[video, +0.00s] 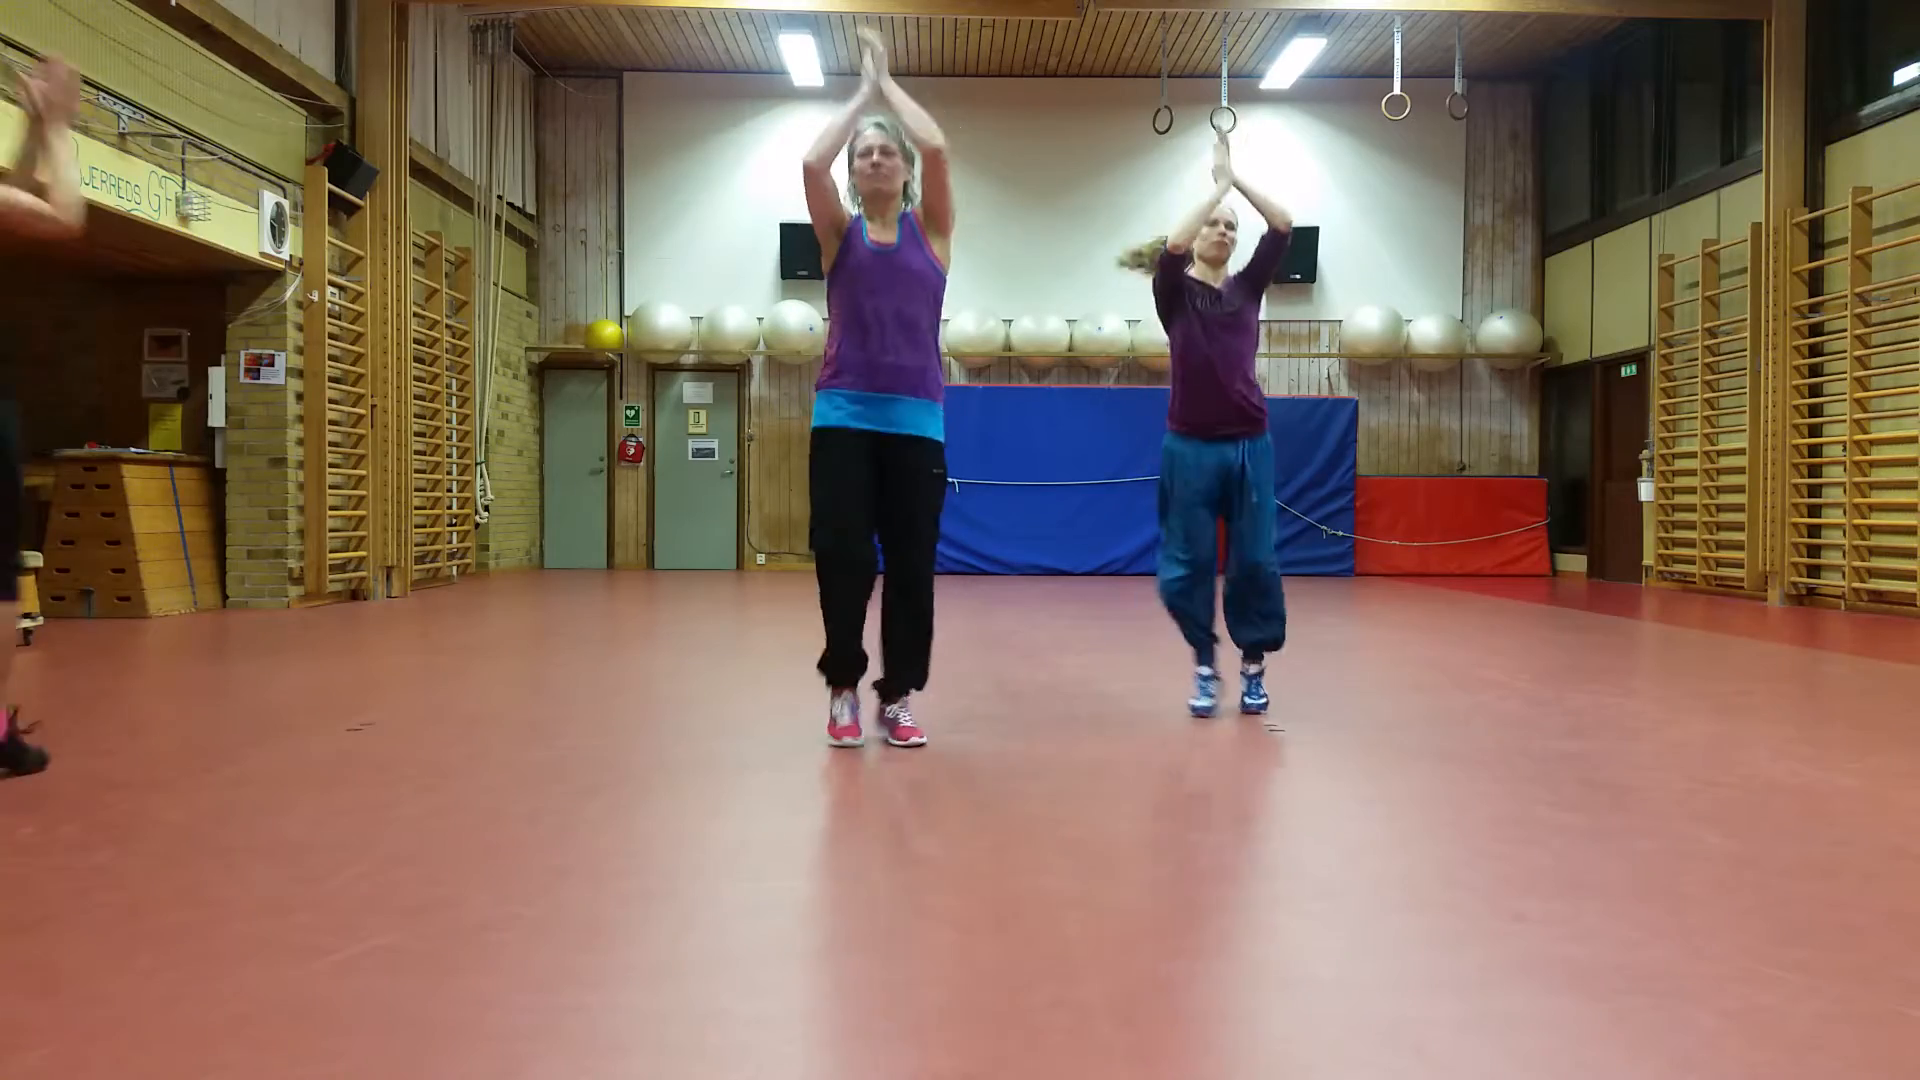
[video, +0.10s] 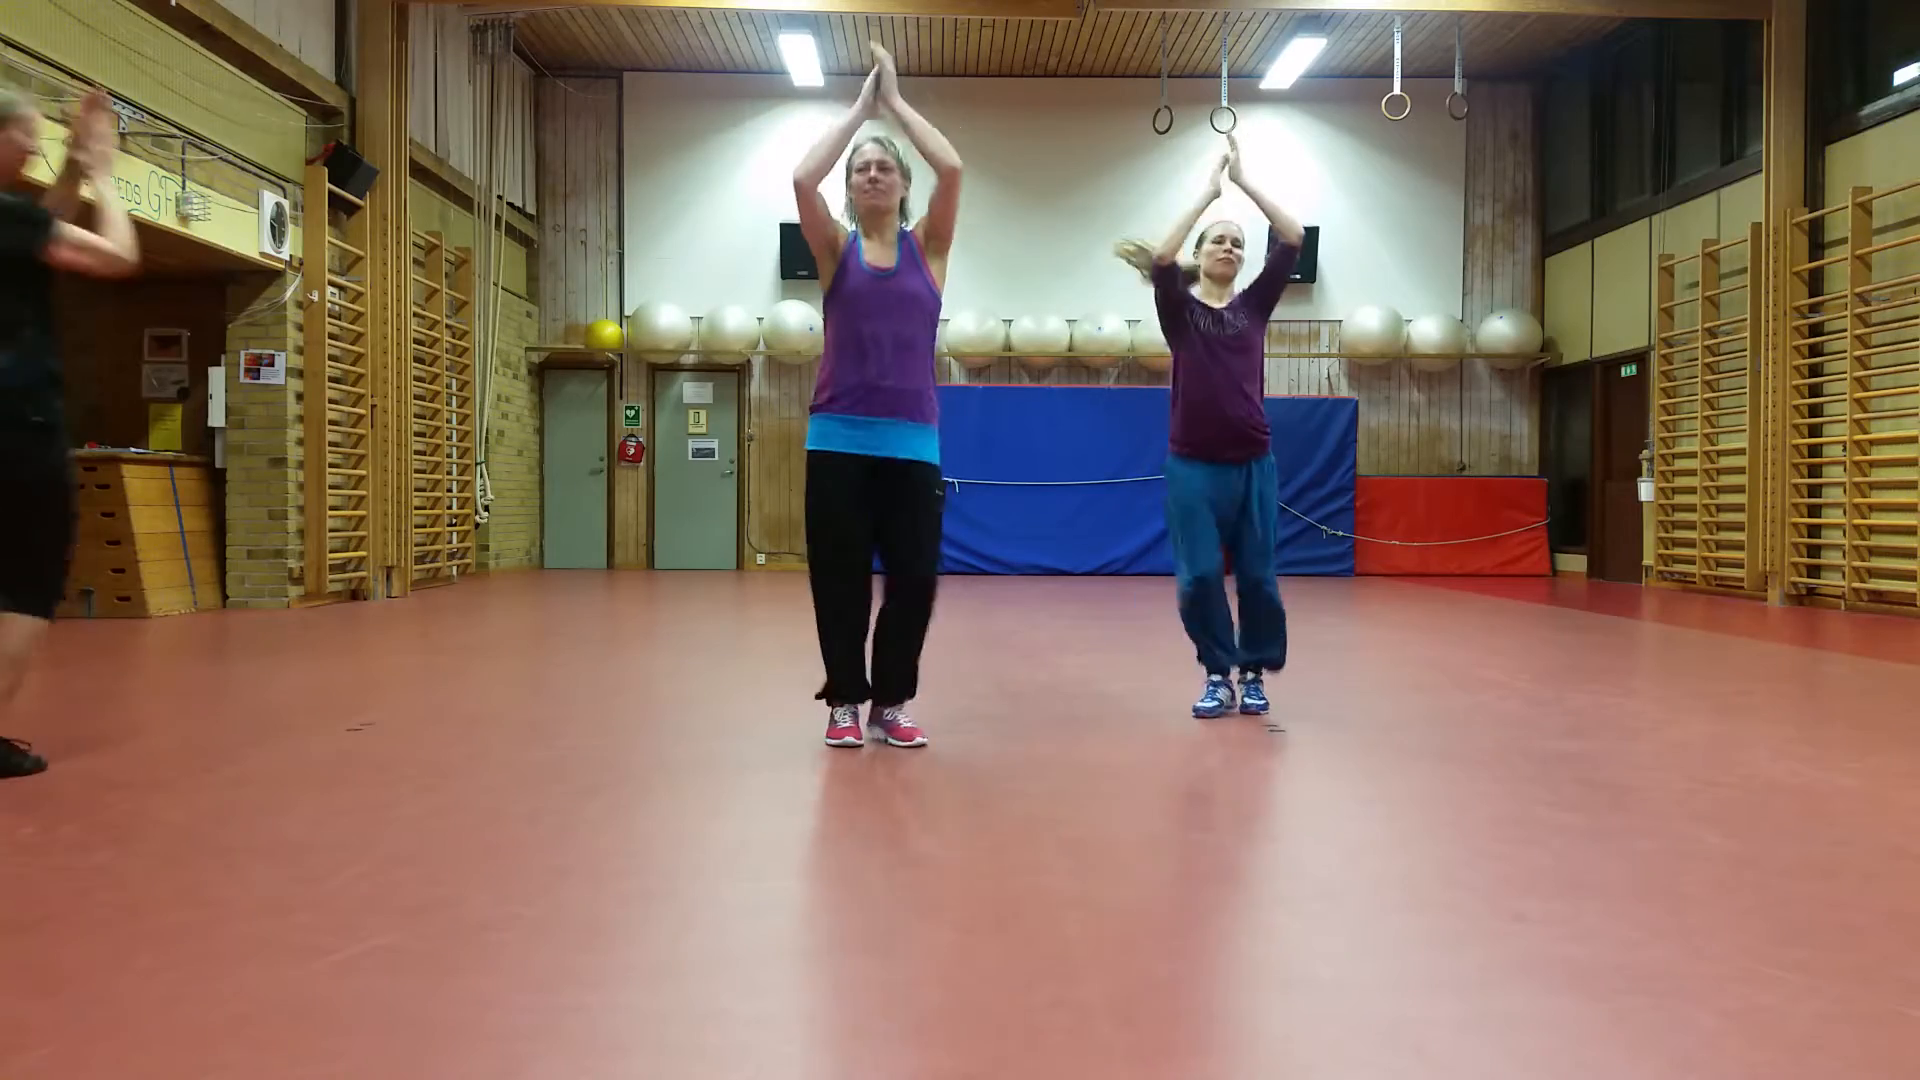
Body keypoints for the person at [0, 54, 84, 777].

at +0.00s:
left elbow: (33, 203)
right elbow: (65, 222)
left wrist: (42, 132)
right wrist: (57, 127)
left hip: (5, 419)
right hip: (1, 422)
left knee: (7, 576)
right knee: (5, 578)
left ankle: (4, 727)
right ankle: (0, 728)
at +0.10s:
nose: (36, 158)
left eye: (36, 147)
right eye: (30, 146)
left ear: (17, 151)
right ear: (5, 147)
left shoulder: (11, 210)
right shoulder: (14, 218)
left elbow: (53, 220)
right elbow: (120, 253)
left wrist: (81, 157)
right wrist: (101, 169)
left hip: (18, 419)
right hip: (21, 423)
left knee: (21, 578)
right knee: (29, 585)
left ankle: (2, 738)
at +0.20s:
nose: (95, 147)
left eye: (95, 134)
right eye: (88, 136)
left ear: (30, 142)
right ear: (58, 143)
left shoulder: (11, 207)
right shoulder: (68, 218)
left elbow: (68, 222)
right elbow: (173, 255)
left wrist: (109, 165)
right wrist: (149, 170)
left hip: (14, 420)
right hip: (60, 426)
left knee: (53, 566)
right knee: (56, 574)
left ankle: (10, 725)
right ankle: (2, 722)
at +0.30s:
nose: (148, 145)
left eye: (147, 134)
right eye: (141, 134)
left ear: (88, 141)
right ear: (108, 139)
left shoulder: (44, 208)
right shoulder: (134, 209)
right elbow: (214, 247)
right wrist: (204, 164)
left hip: (61, 402)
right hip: (118, 408)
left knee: (125, 535)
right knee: (90, 553)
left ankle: (115, 676)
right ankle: (9, 689)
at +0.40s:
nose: (188, 173)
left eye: (185, 161)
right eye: (180, 162)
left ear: (128, 169)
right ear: (150, 167)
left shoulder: (92, 231)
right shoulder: (178, 233)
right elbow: (255, 261)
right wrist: (213, 189)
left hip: (108, 414)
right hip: (165, 418)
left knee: (150, 557)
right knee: (163, 565)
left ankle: (138, 688)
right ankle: (54, 651)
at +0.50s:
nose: (223, 195)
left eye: (224, 185)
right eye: (216, 184)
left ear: (171, 193)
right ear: (183, 189)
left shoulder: (140, 256)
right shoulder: (208, 256)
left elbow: (222, 283)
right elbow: (300, 283)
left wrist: (251, 213)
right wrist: (273, 210)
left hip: (149, 435)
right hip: (203, 435)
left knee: (182, 564)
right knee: (252, 563)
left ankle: (142, 700)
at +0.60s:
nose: (265, 182)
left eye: (265, 174)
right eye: (256, 173)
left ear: (221, 182)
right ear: (220, 180)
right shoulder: (229, 244)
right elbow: (324, 277)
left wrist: (323, 204)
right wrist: (325, 195)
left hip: (202, 431)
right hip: (243, 430)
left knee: (204, 555)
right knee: (318, 535)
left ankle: (145, 682)